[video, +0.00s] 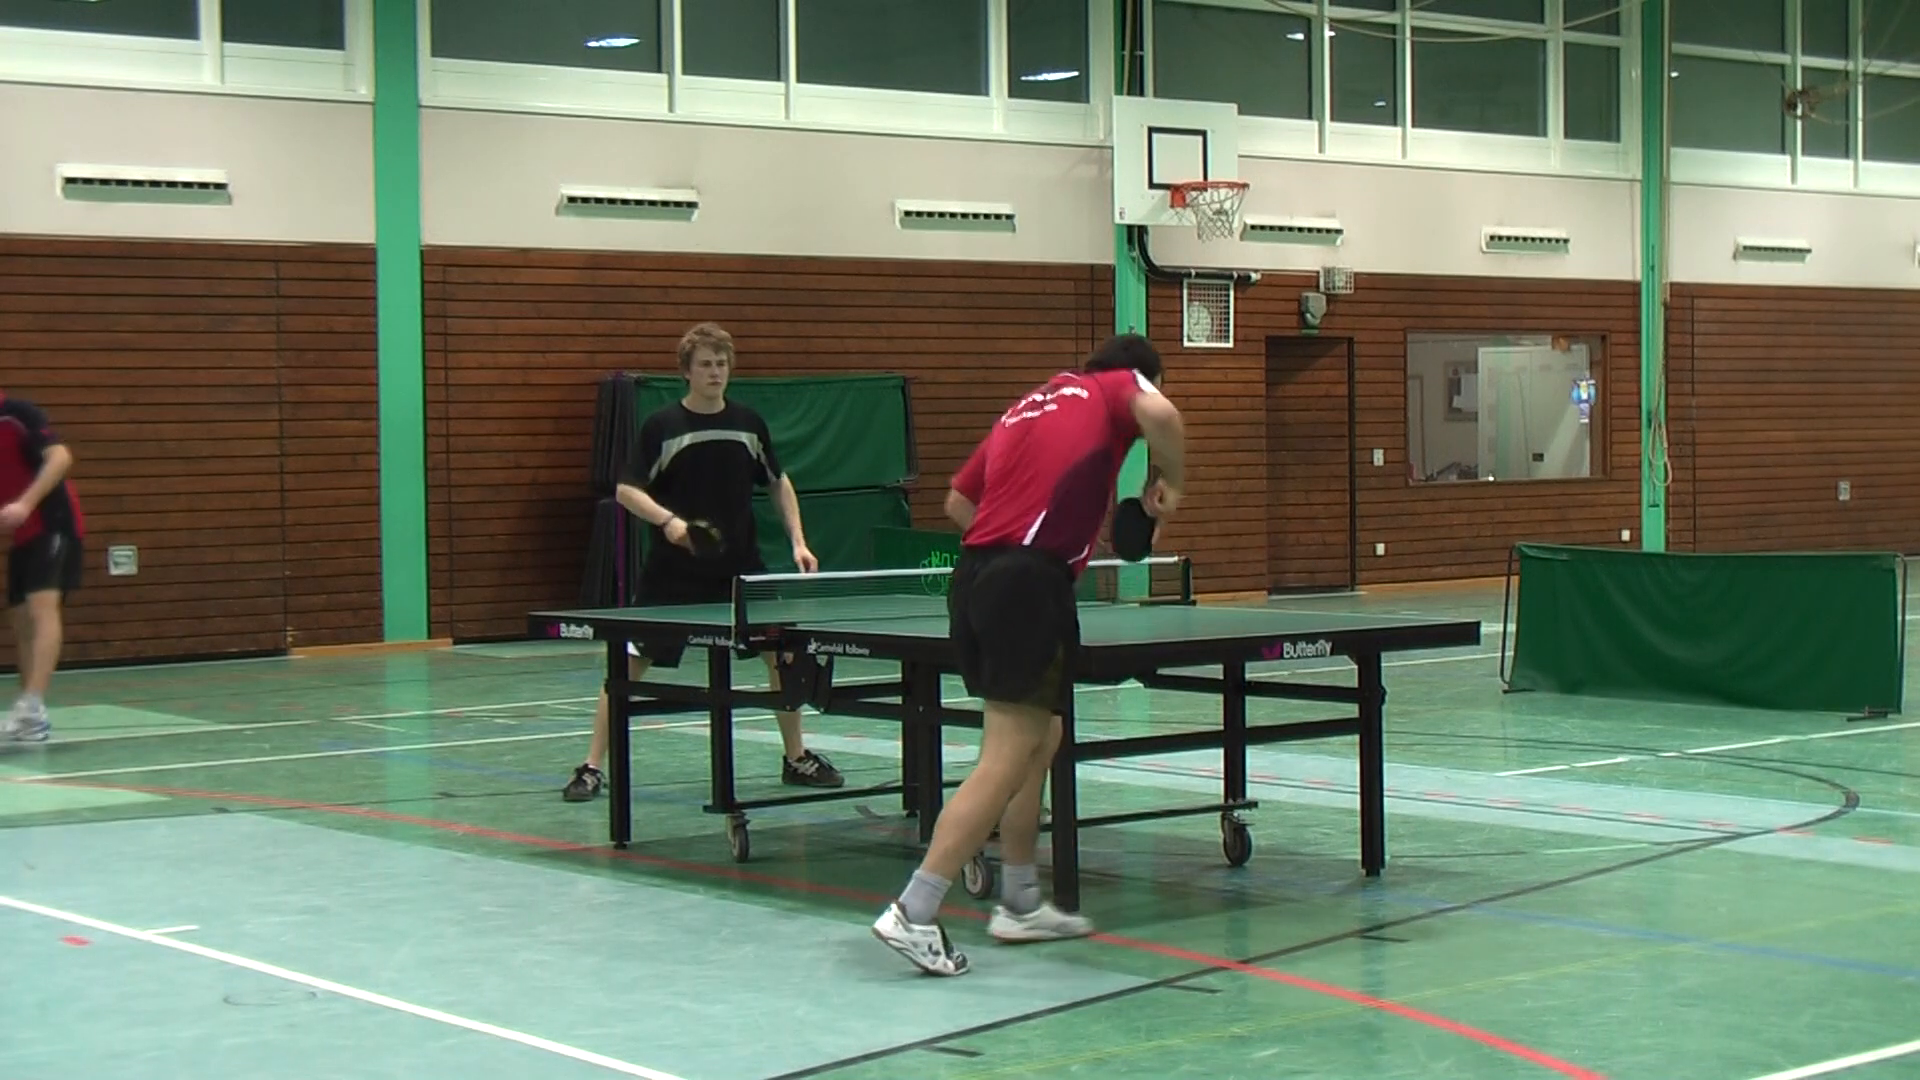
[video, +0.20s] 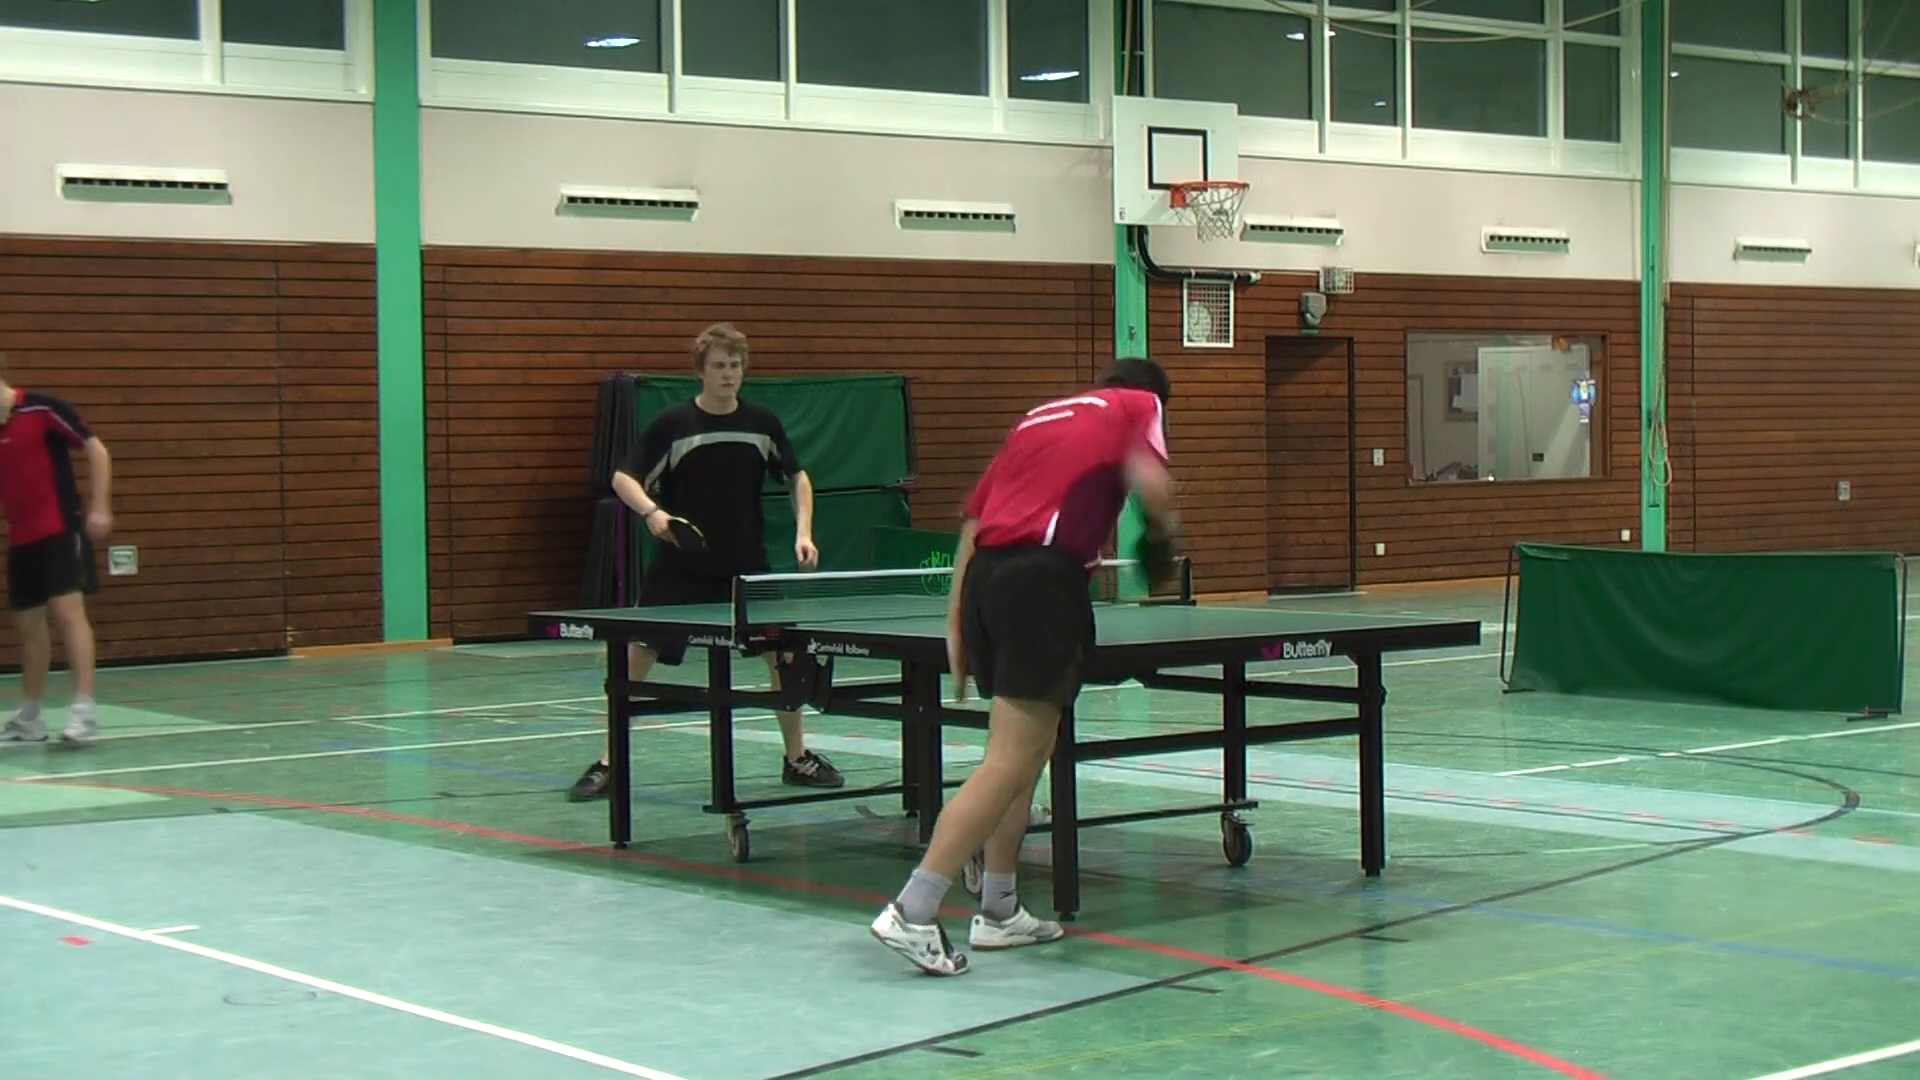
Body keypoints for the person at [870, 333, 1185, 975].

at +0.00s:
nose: (1150, 398)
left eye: (1149, 387)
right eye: (1150, 387)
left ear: (1095, 362)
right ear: (1135, 374)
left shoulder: (1029, 404)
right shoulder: (1115, 384)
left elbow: (958, 500)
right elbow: (1161, 410)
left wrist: (1028, 540)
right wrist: (1169, 482)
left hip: (976, 575)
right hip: (1026, 578)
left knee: (1040, 736)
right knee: (1006, 758)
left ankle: (1021, 904)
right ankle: (912, 913)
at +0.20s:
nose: (1162, 420)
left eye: (1163, 411)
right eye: (1161, 409)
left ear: (1102, 383)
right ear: (1147, 393)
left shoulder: (1038, 418)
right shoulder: (1138, 405)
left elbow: (973, 531)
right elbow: (1153, 484)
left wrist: (955, 626)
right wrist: (1164, 544)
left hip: (986, 585)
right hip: (1042, 584)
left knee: (1029, 751)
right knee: (1010, 760)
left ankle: (998, 911)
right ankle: (911, 912)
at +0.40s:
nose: (1175, 394)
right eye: (1172, 383)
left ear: (1110, 375)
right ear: (1165, 379)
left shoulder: (1056, 417)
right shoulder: (1169, 402)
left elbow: (997, 525)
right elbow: (1226, 497)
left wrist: (982, 617)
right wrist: (1236, 442)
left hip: (1028, 593)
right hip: (1099, 593)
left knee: (1038, 754)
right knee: (1133, 765)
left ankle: (995, 911)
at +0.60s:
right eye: (1237, 387)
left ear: (1173, 381)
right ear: (1235, 388)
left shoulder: (1121, 432)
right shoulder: (1244, 430)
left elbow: (1057, 519)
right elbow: (1269, 525)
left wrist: (1045, 616)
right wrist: (1242, 518)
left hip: (1110, 621)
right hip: (1189, 621)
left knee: (1071, 768)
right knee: (1298, 752)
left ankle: (998, 911)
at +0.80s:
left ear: (1262, 375)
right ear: (1322, 378)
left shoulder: (1213, 434)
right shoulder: (1352, 438)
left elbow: (1171, 533)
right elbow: (1387, 532)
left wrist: (1164, 635)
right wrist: (1348, 571)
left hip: (1219, 630)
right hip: (1309, 632)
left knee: (1144, 773)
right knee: (1392, 758)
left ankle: (1063, 912)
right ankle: (1434, 922)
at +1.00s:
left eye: (1302, 349)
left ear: (1302, 355)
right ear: (1363, 364)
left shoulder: (1248, 413)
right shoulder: (1380, 421)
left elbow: (1193, 509)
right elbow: (1420, 527)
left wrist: (1183, 604)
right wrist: (1411, 569)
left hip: (1245, 619)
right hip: (1335, 622)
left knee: (1187, 768)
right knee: (1406, 765)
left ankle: (1132, 922)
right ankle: (1451, 925)